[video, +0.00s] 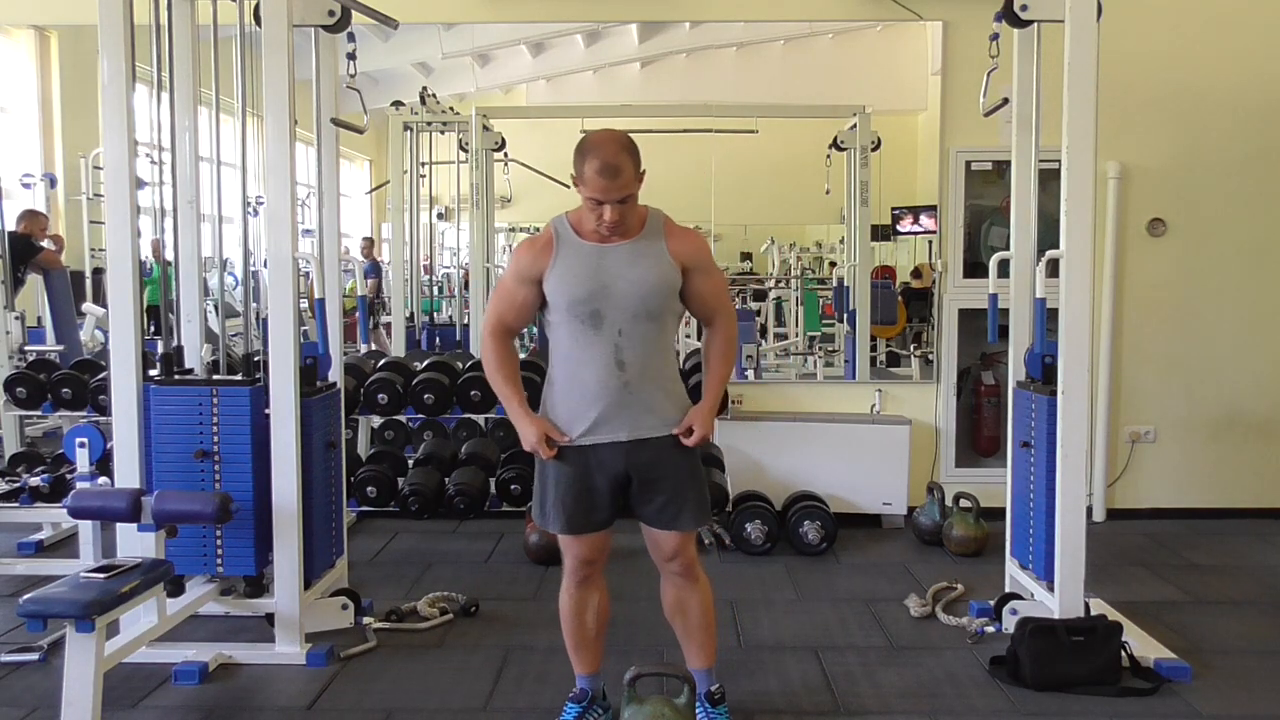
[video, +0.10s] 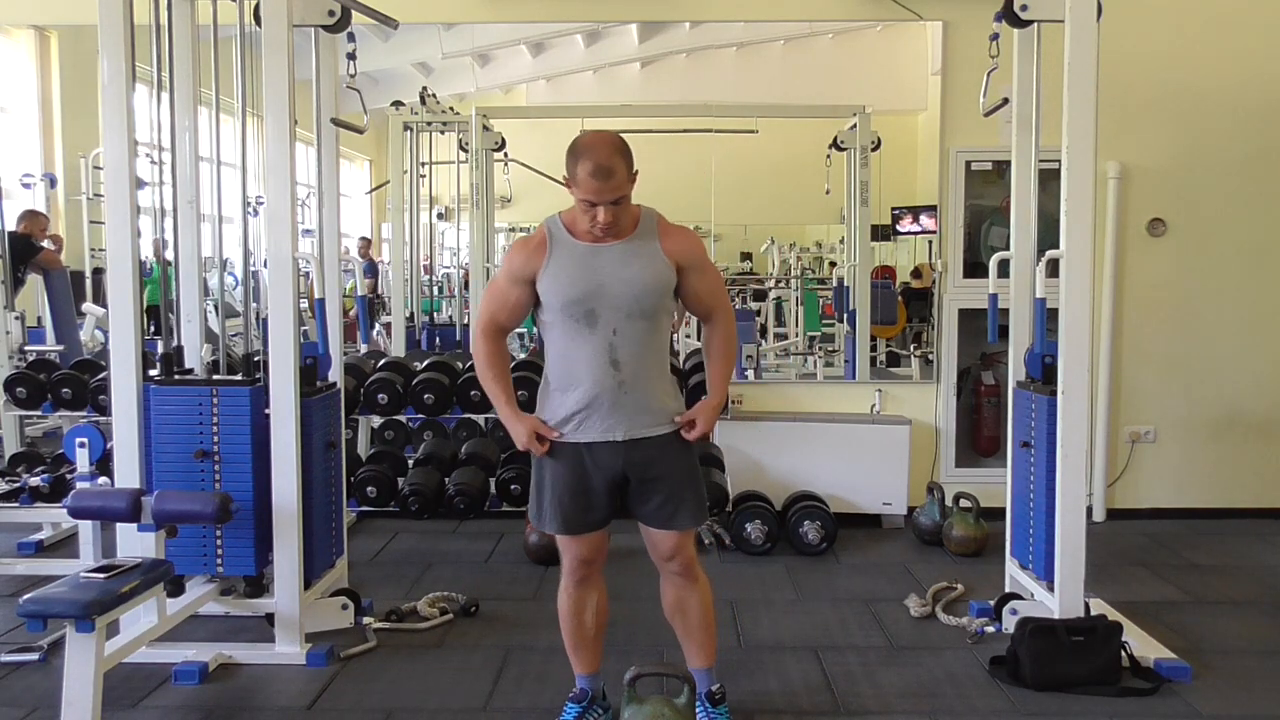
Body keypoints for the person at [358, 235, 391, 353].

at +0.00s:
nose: (362, 251)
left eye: (365, 248)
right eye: (361, 248)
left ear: (372, 249)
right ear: (360, 248)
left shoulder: (373, 265)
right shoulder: (367, 265)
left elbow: (372, 290)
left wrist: (361, 309)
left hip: (373, 302)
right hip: (369, 302)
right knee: (377, 332)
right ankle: (389, 356)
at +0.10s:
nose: (359, 250)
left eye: (362, 248)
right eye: (358, 247)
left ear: (369, 248)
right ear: (356, 247)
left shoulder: (370, 265)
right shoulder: (363, 264)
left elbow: (368, 289)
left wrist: (356, 308)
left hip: (367, 302)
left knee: (366, 333)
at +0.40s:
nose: (352, 251)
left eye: (355, 248)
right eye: (351, 248)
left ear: (361, 249)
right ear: (349, 247)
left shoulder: (366, 266)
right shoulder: (350, 265)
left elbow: (363, 290)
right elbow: (347, 287)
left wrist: (349, 307)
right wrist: (344, 304)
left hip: (359, 304)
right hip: (348, 302)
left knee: (358, 334)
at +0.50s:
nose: (350, 251)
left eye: (354, 249)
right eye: (349, 248)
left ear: (359, 249)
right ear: (347, 247)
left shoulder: (364, 267)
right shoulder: (343, 264)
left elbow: (365, 290)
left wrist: (353, 306)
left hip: (356, 300)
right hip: (343, 297)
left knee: (356, 331)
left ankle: (360, 353)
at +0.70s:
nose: (346, 251)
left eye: (349, 248)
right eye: (344, 248)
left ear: (353, 249)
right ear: (340, 247)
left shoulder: (359, 265)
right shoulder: (335, 263)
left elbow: (369, 284)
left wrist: (372, 303)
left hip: (354, 304)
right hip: (338, 303)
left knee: (355, 335)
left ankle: (361, 354)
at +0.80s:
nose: (344, 251)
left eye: (347, 248)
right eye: (342, 247)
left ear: (350, 248)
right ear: (337, 247)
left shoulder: (356, 264)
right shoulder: (331, 264)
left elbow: (368, 284)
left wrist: (371, 302)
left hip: (352, 302)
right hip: (335, 302)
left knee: (352, 332)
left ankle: (358, 352)